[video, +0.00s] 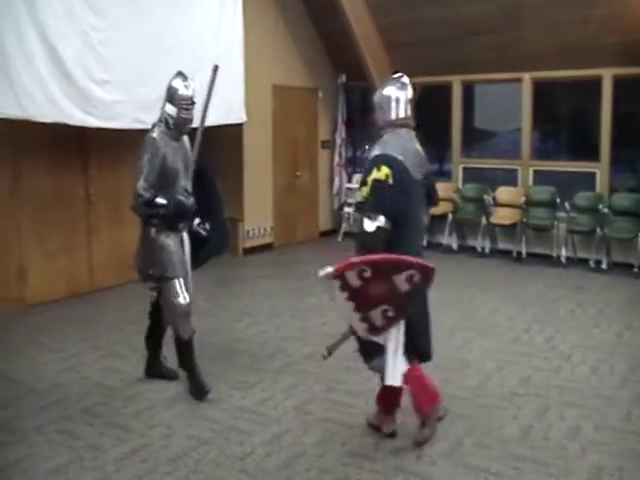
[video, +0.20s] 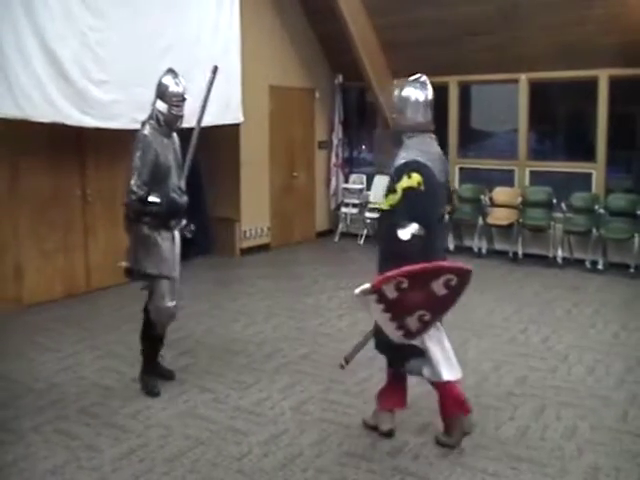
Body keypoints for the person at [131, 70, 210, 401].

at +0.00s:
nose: (188, 111)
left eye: (191, 105)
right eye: (182, 104)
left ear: (194, 106)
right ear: (168, 105)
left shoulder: (183, 140)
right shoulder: (156, 142)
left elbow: (182, 190)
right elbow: (140, 199)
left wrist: (195, 218)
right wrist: (180, 211)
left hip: (179, 228)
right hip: (161, 231)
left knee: (165, 298)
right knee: (180, 303)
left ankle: (154, 361)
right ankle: (193, 376)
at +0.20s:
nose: (179, 108)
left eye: (182, 102)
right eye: (173, 102)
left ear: (184, 103)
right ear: (159, 102)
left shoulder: (172, 137)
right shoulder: (148, 138)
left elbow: (172, 188)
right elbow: (135, 197)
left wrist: (182, 218)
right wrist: (172, 207)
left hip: (170, 227)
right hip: (152, 228)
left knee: (164, 300)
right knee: (162, 303)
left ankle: (153, 360)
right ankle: (148, 368)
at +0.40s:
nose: (174, 106)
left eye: (177, 100)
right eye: (168, 100)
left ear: (180, 101)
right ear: (153, 100)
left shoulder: (169, 136)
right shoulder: (143, 137)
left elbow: (171, 183)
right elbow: (133, 194)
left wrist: (179, 197)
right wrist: (170, 200)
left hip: (169, 227)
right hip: (148, 229)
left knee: (164, 300)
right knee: (149, 300)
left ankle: (151, 358)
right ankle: (140, 367)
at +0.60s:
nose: (173, 107)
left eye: (177, 101)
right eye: (167, 101)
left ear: (181, 103)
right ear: (153, 101)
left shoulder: (171, 139)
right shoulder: (142, 140)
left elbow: (170, 183)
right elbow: (129, 196)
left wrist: (176, 196)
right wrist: (166, 201)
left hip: (172, 230)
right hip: (146, 232)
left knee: (185, 296)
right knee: (144, 303)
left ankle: (161, 348)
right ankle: (138, 369)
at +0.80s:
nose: (183, 105)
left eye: (186, 99)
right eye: (176, 99)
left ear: (188, 101)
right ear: (160, 101)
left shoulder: (178, 139)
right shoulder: (150, 140)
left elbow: (178, 185)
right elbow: (135, 198)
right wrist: (176, 202)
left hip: (180, 230)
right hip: (152, 233)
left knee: (196, 298)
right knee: (147, 307)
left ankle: (198, 366)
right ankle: (138, 371)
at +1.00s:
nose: (201, 113)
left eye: (204, 106)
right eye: (195, 106)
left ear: (206, 108)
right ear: (180, 107)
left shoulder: (195, 141)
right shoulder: (166, 141)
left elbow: (199, 188)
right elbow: (155, 199)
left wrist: (210, 222)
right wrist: (195, 206)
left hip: (197, 234)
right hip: (168, 236)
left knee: (212, 301)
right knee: (158, 307)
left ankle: (214, 371)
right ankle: (139, 370)